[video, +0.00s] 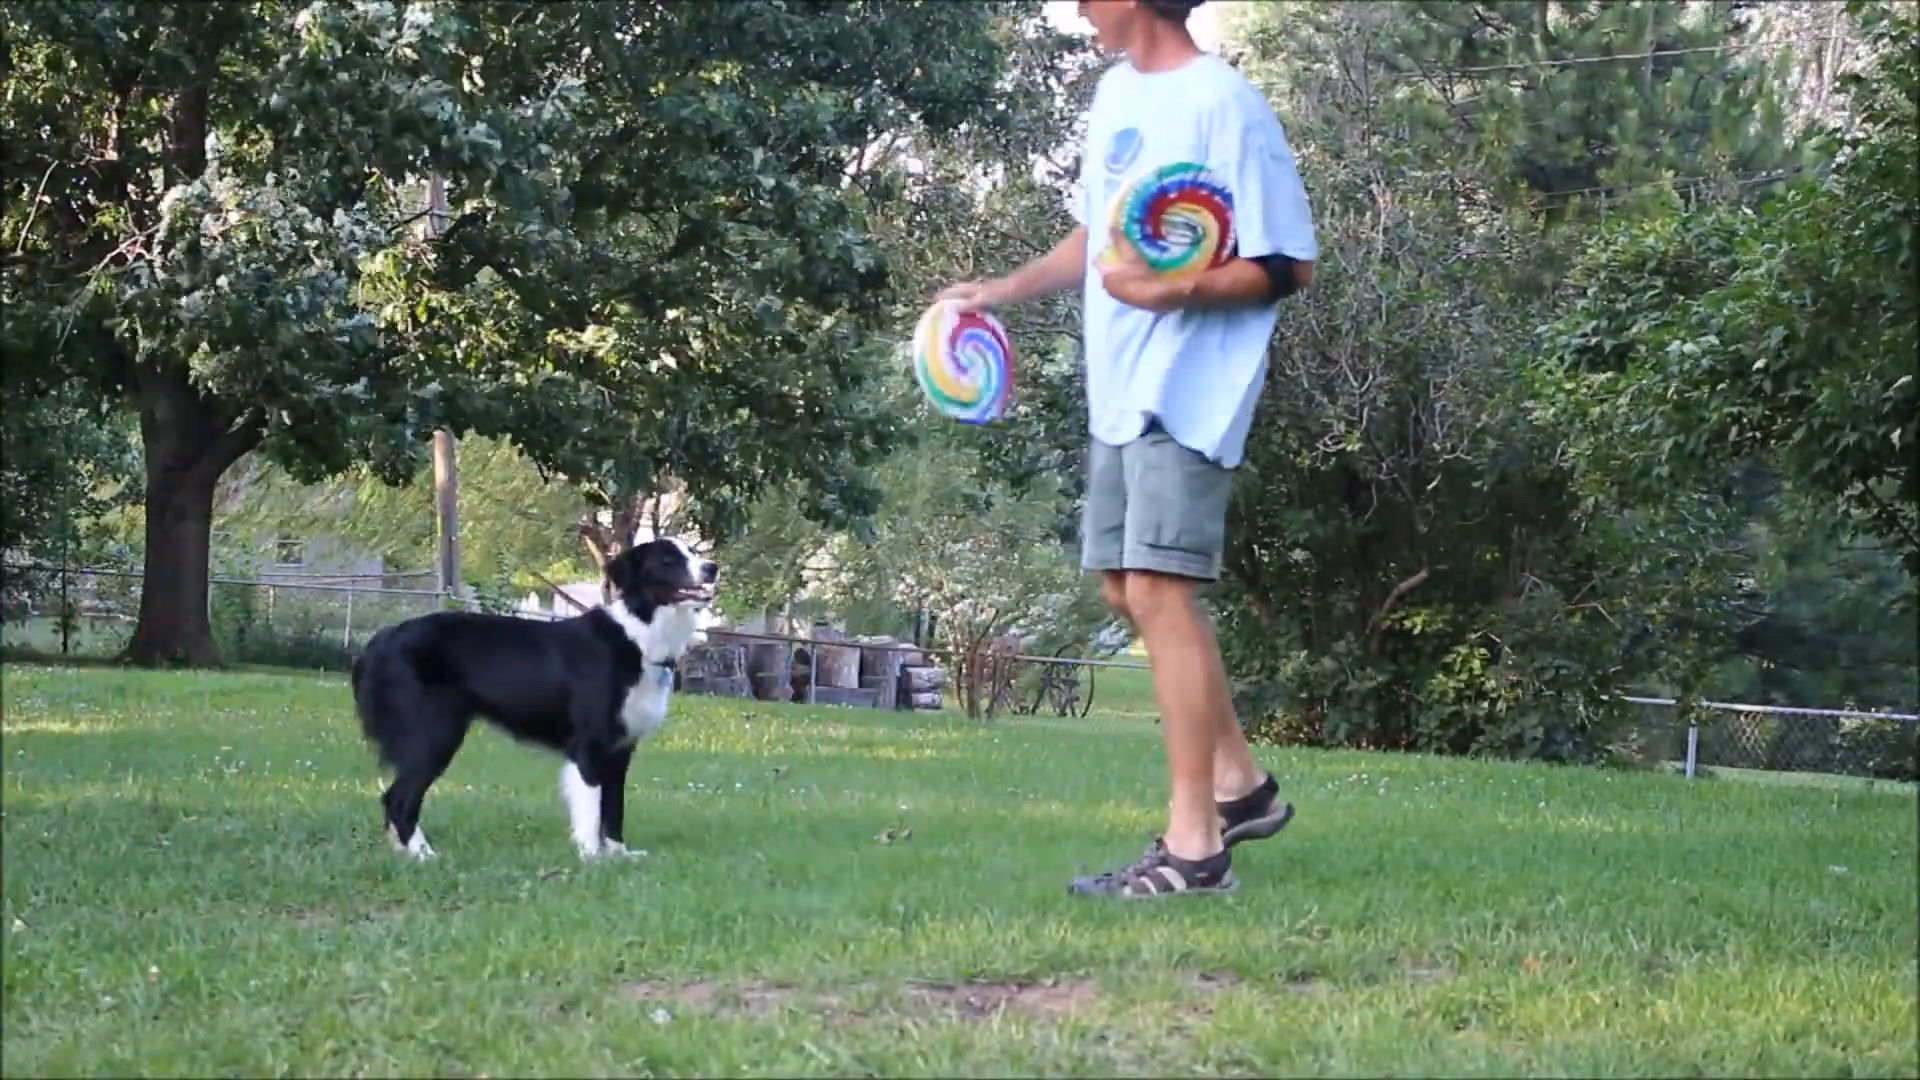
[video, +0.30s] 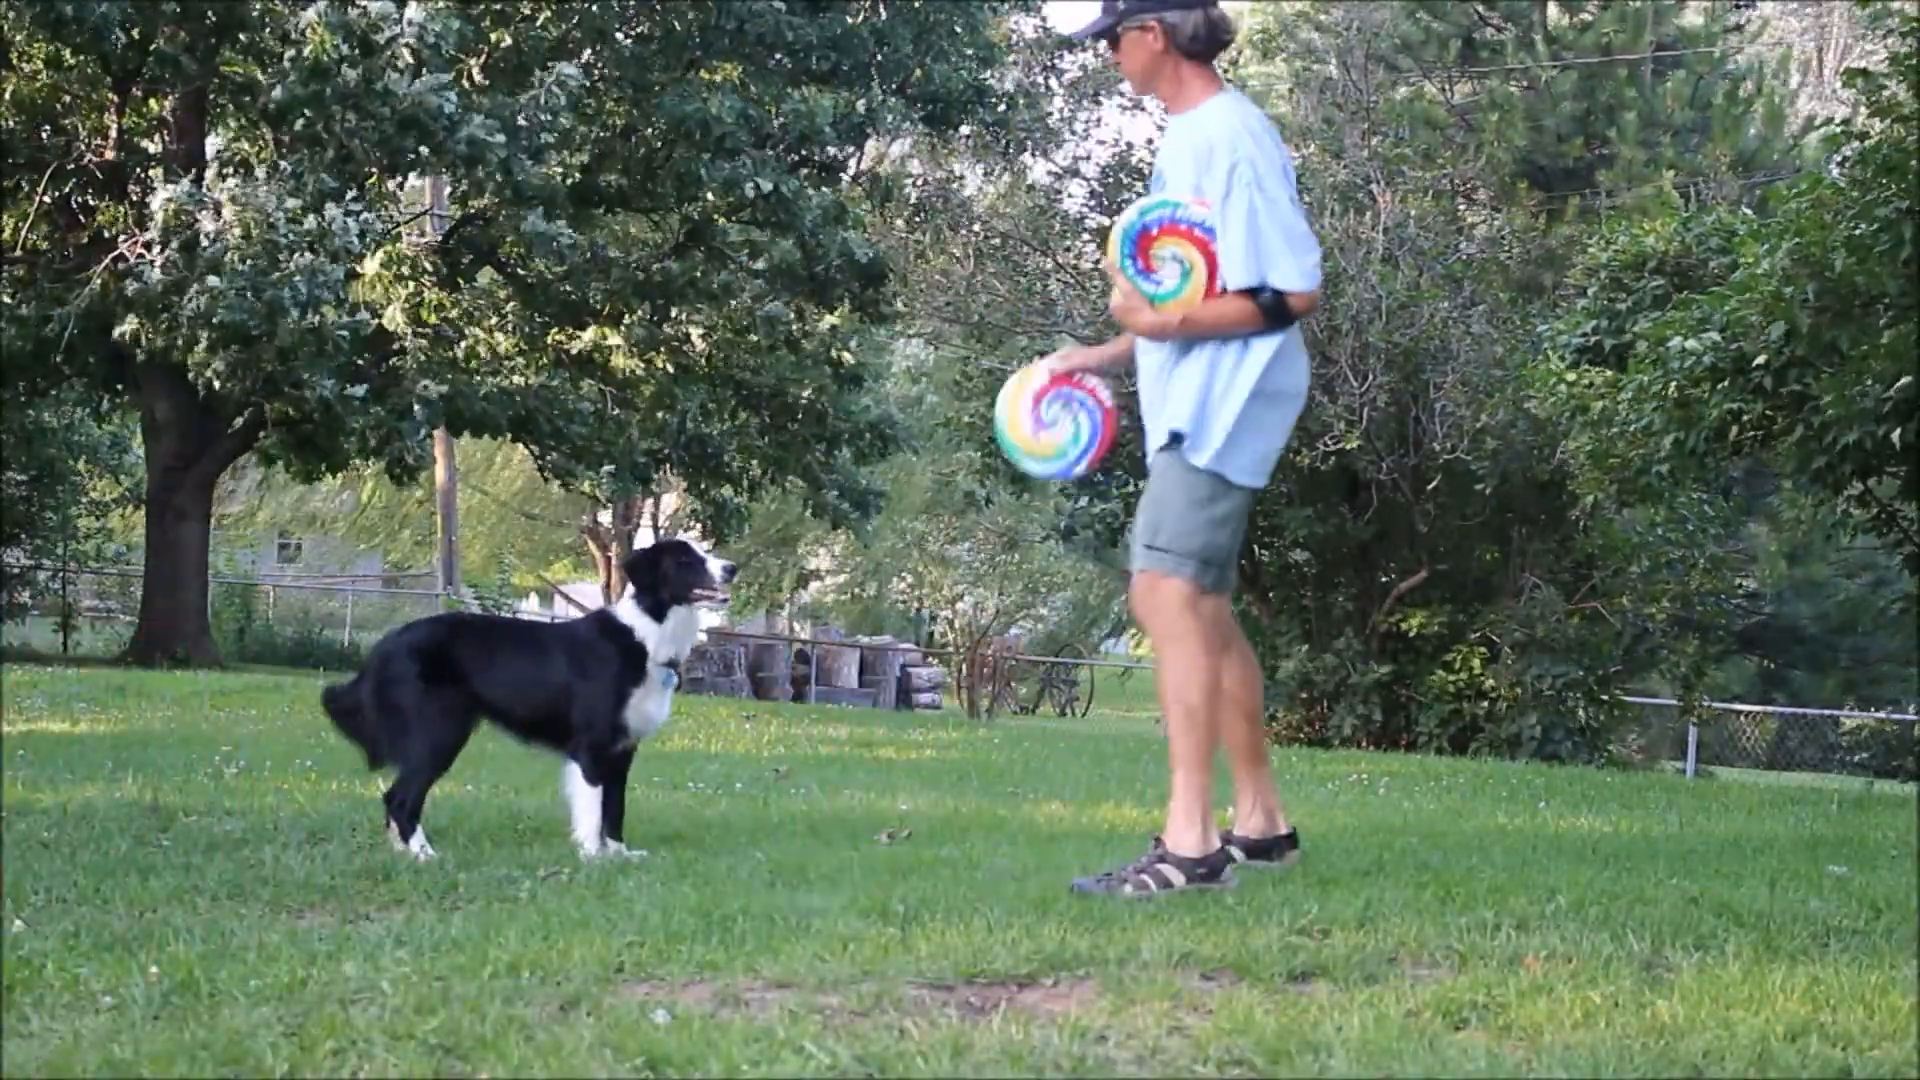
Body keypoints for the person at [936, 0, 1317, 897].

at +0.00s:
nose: (1082, 12)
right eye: (1082, 1)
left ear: (1133, 3)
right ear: (1135, 8)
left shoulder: (1232, 103)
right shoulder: (1115, 98)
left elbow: (1287, 265)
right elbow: (1096, 238)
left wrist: (1163, 285)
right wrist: (1001, 292)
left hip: (1191, 393)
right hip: (1122, 390)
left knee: (1161, 589)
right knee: (1123, 581)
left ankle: (1193, 849)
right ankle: (1239, 782)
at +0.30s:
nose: (1112, 56)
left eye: (1118, 39)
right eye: (1111, 42)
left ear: (1160, 37)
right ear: (1165, 40)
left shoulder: (1233, 132)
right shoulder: (1187, 139)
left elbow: (1294, 290)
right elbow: (1191, 291)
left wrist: (1170, 324)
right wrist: (1103, 355)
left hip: (1228, 407)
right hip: (1200, 405)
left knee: (1162, 594)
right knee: (1201, 606)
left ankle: (1188, 847)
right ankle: (1262, 821)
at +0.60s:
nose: (1139, 64)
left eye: (1146, 45)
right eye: (1139, 49)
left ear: (1186, 43)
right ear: (1197, 43)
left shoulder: (1238, 123)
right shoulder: (1247, 127)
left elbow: (1297, 264)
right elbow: (1264, 309)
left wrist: (1194, 311)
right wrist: (1152, 378)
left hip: (1275, 392)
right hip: (1285, 396)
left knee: (1180, 581)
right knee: (1239, 597)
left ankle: (1321, 792)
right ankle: (1261, 823)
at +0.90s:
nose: (1171, 75)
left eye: (1175, 57)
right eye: (1170, 61)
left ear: (1213, 51)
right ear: (1225, 52)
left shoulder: (1281, 131)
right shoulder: (1258, 144)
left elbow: (1340, 270)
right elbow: (1297, 315)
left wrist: (1237, 321)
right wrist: (1207, 391)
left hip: (1340, 405)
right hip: (1301, 408)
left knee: (1322, 608)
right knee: (1258, 600)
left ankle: (1425, 839)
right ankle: (1267, 822)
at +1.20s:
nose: (1186, 70)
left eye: (1191, 51)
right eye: (1185, 56)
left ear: (1232, 48)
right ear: (1237, 51)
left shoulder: (1310, 127)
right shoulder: (1273, 147)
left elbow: (1383, 261)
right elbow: (1296, 316)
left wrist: (1276, 317)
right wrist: (1188, 369)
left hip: (1373, 402)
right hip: (1327, 404)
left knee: (1345, 601)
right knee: (1273, 588)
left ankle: (1426, 841)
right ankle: (1280, 819)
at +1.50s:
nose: (1144, 105)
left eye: (1148, 87)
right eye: (1142, 90)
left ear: (1186, 77)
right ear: (1190, 79)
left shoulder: (1270, 150)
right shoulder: (1236, 173)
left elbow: (1356, 270)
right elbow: (1275, 345)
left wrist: (1254, 338)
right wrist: (1183, 421)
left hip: (1358, 412)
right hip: (1312, 413)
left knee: (1305, 604)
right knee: (1249, 598)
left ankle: (1421, 836)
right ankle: (1278, 826)